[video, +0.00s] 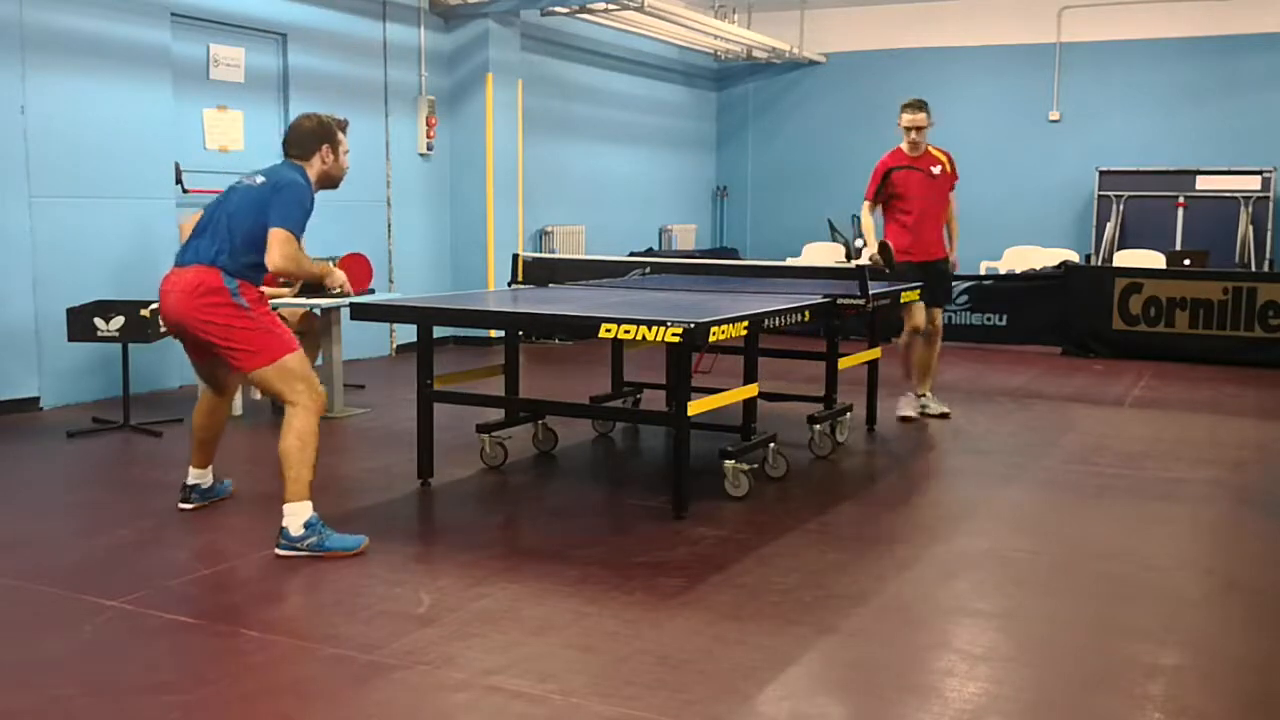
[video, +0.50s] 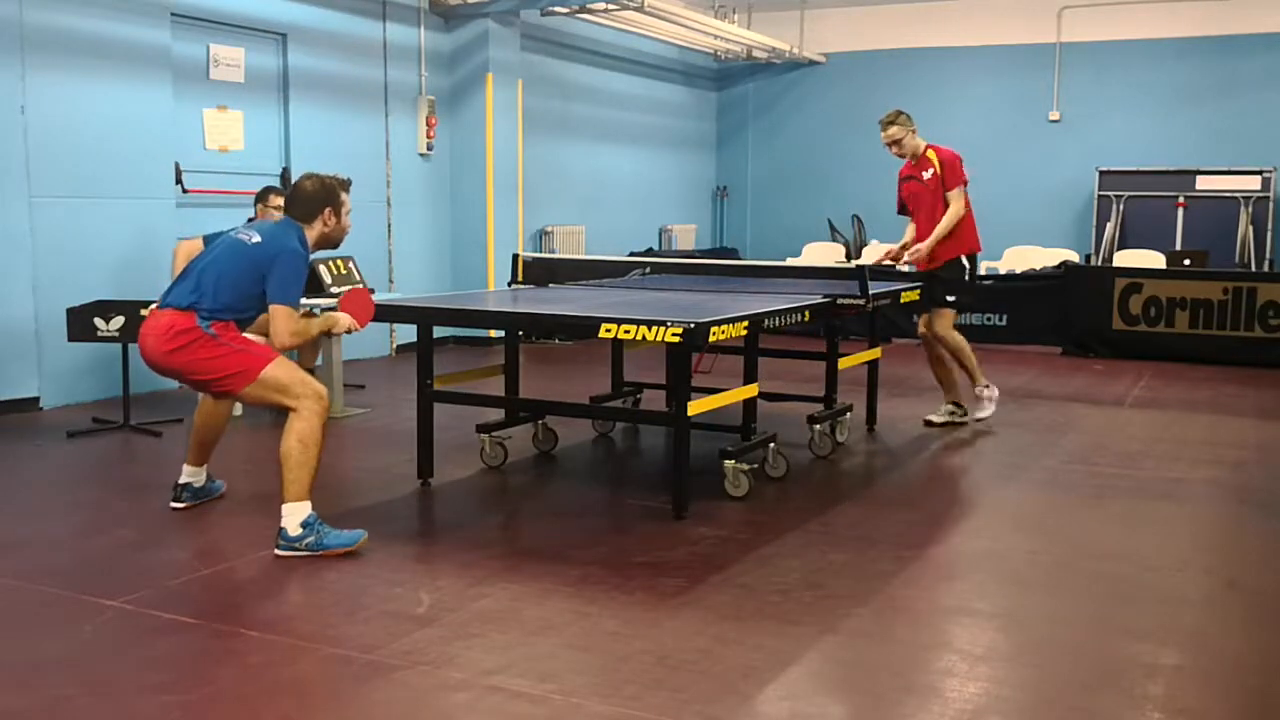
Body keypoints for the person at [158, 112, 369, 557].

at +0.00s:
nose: (347, 162)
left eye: (347, 153)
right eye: (344, 152)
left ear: (296, 152)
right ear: (324, 154)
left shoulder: (252, 180)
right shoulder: (295, 185)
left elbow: (192, 229)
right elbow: (281, 258)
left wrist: (244, 273)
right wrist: (324, 271)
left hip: (176, 289)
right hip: (217, 290)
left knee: (221, 384)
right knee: (306, 396)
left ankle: (198, 483)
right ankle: (299, 525)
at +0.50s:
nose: (349, 224)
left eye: (348, 215)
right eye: (346, 214)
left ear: (296, 211)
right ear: (327, 217)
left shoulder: (259, 229)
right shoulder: (291, 249)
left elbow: (187, 248)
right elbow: (285, 336)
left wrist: (182, 303)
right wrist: (329, 322)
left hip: (159, 328)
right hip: (188, 334)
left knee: (227, 379)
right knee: (311, 397)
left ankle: (191, 482)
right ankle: (297, 526)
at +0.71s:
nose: (342, 217)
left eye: (341, 207)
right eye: (338, 207)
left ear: (296, 207)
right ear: (319, 212)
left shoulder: (254, 228)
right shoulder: (285, 244)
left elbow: (185, 248)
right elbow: (285, 333)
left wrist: (186, 301)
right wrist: (328, 308)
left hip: (159, 327)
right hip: (186, 333)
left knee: (230, 376)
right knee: (306, 396)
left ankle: (191, 481)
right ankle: (298, 526)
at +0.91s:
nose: (340, 203)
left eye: (339, 194)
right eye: (336, 195)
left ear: (293, 196)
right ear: (315, 200)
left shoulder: (255, 220)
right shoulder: (285, 234)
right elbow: (289, 324)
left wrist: (290, 314)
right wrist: (331, 295)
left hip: (157, 321)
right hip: (188, 327)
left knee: (222, 379)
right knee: (306, 396)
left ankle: (190, 482)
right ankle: (298, 525)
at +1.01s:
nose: (340, 198)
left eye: (339, 189)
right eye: (336, 189)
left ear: (295, 192)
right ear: (315, 195)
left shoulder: (255, 216)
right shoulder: (286, 231)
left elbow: (227, 293)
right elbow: (293, 320)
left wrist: (282, 319)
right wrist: (334, 290)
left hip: (158, 318)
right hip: (190, 324)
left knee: (220, 380)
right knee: (307, 397)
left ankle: (190, 482)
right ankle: (297, 525)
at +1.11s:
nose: (341, 195)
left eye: (340, 186)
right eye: (336, 186)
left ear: (298, 190)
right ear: (315, 192)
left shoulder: (256, 213)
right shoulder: (288, 228)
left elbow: (228, 289)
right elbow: (298, 318)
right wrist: (337, 286)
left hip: (160, 317)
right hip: (193, 322)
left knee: (219, 380)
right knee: (312, 398)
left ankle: (190, 482)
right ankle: (298, 525)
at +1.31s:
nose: (339, 189)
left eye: (338, 180)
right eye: (336, 181)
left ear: (285, 183)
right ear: (321, 187)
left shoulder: (255, 208)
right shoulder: (293, 225)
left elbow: (233, 286)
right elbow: (303, 315)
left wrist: (281, 316)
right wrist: (343, 283)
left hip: (164, 318)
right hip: (201, 324)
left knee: (220, 380)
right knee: (321, 400)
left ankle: (190, 482)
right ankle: (299, 524)